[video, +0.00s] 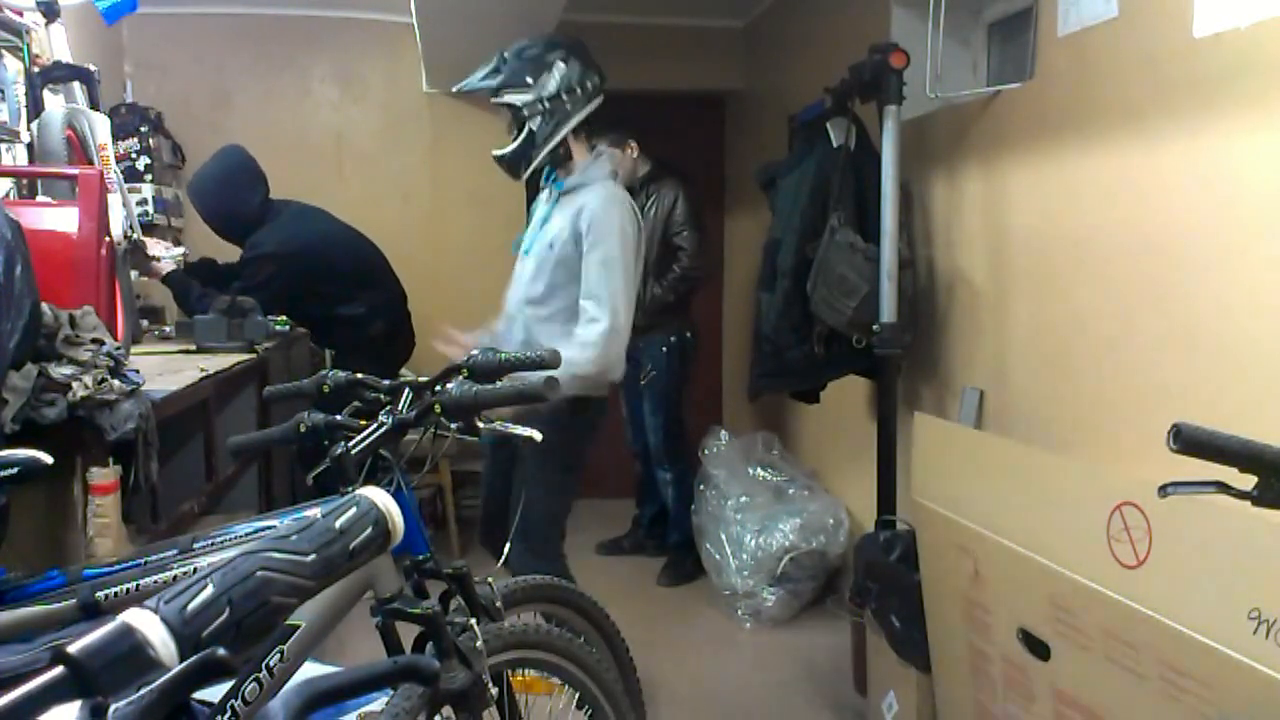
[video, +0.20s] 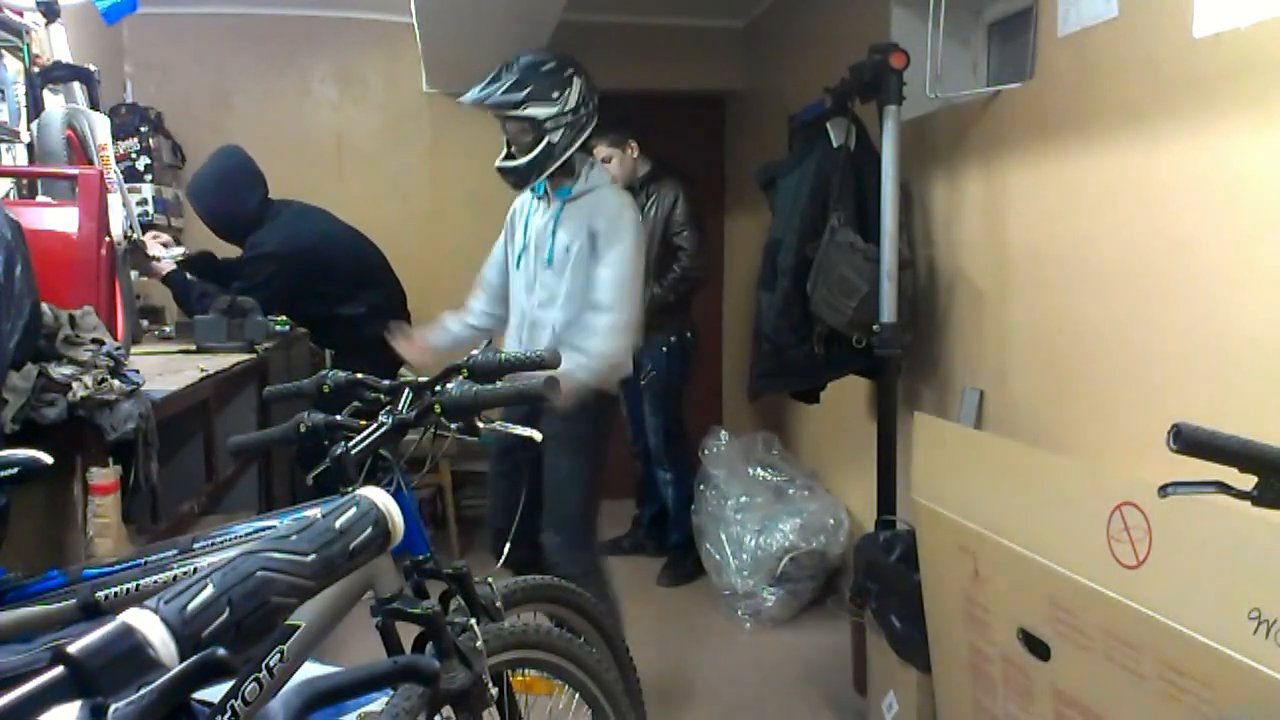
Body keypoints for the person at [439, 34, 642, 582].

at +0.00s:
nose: (509, 134)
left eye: (518, 117)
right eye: (510, 117)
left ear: (555, 116)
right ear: (557, 118)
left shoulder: (605, 204)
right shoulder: (553, 197)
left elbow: (603, 351)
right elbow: (525, 313)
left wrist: (509, 373)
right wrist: (479, 342)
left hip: (562, 402)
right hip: (515, 395)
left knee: (531, 551)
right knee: (500, 537)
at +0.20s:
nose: (509, 142)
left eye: (520, 129)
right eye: (507, 129)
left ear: (560, 127)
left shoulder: (610, 206)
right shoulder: (526, 206)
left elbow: (618, 322)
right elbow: (487, 307)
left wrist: (572, 380)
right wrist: (429, 342)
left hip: (576, 397)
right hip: (515, 393)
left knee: (567, 544)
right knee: (511, 537)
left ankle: (614, 683)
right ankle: (566, 642)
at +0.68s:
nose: (544, 121)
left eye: (559, 108)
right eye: (532, 107)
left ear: (591, 112)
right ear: (517, 112)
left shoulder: (624, 196)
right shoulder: (514, 203)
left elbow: (657, 289)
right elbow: (488, 307)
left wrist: (655, 368)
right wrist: (456, 367)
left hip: (598, 386)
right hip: (527, 389)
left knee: (603, 543)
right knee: (531, 540)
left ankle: (647, 692)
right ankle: (582, 646)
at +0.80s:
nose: (545, 119)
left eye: (561, 104)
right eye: (536, 105)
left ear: (597, 107)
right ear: (523, 108)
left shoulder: (631, 194)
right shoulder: (525, 201)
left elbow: (665, 306)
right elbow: (512, 309)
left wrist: (649, 376)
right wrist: (473, 365)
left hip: (599, 397)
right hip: (532, 397)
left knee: (599, 548)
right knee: (531, 545)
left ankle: (648, 693)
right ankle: (587, 655)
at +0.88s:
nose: (549, 125)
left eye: (565, 111)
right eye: (540, 112)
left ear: (603, 116)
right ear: (530, 116)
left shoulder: (637, 205)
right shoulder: (532, 209)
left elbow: (671, 308)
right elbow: (495, 307)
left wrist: (642, 343)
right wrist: (430, 348)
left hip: (614, 409)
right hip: (547, 410)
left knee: (598, 560)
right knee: (523, 556)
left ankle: (652, 698)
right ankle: (584, 660)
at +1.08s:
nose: (558, 115)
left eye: (573, 100)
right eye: (553, 102)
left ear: (618, 106)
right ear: (549, 105)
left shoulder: (664, 204)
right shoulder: (557, 204)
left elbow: (685, 319)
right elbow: (524, 306)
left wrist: (658, 404)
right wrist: (486, 380)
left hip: (611, 415)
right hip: (543, 411)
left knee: (602, 577)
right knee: (532, 554)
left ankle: (653, 703)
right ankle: (588, 661)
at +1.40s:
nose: (558, 120)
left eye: (571, 106)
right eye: (560, 106)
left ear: (616, 114)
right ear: (608, 119)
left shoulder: (669, 219)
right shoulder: (570, 211)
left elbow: (669, 343)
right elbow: (506, 306)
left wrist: (605, 377)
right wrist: (432, 327)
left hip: (612, 436)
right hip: (541, 426)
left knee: (586, 599)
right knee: (473, 568)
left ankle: (650, 706)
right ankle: (450, 693)